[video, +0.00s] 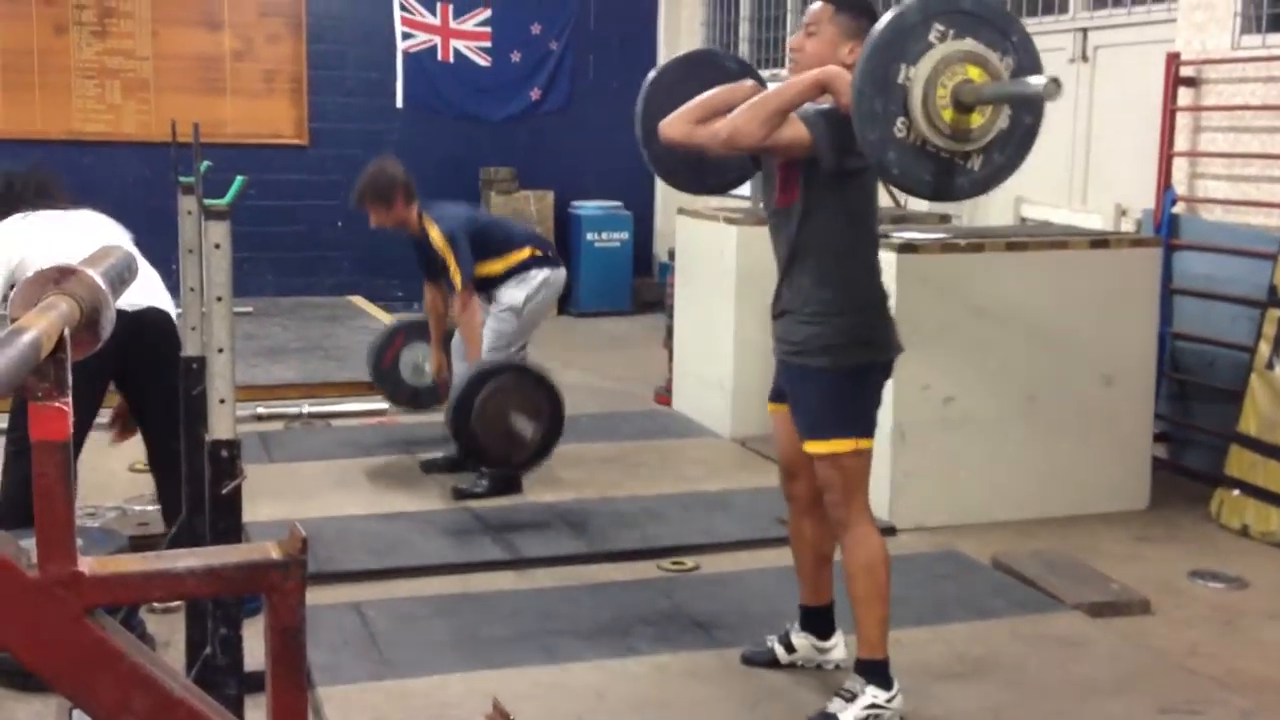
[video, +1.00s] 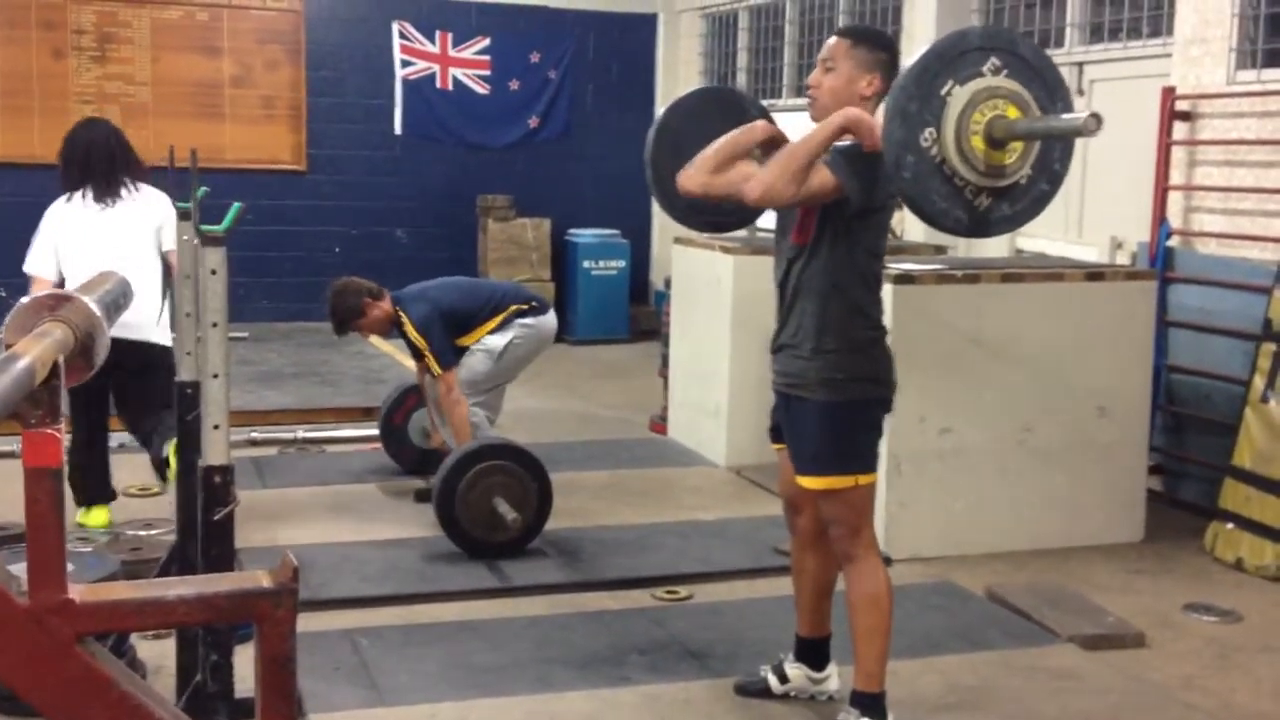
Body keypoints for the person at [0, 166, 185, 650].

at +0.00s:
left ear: (11, 206)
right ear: (53, 197)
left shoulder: (8, 229)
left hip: (66, 330)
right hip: (151, 320)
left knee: (39, 458)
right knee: (175, 457)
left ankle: (19, 568)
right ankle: (202, 572)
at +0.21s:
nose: (52, 170)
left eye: (56, 162)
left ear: (64, 163)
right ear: (122, 158)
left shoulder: (52, 208)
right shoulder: (166, 202)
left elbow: (12, 285)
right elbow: (198, 272)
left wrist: (14, 355)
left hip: (81, 336)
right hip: (162, 335)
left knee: (62, 449)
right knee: (168, 459)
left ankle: (23, 551)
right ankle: (193, 573)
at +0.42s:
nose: (111, 145)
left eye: (116, 136)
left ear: (123, 140)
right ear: (183, 140)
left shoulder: (101, 188)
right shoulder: (214, 193)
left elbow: (74, 272)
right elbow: (231, 272)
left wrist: (54, 332)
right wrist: (214, 321)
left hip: (110, 331)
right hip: (180, 332)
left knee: (79, 442)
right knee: (184, 451)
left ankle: (41, 540)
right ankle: (202, 556)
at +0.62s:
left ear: (128, 156)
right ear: (181, 160)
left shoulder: (104, 203)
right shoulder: (205, 211)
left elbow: (77, 275)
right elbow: (225, 276)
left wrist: (73, 343)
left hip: (115, 338)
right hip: (177, 341)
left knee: (103, 389)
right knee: (175, 429)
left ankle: (116, 471)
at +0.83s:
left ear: (99, 153)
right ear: (152, 151)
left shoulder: (83, 198)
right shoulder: (183, 198)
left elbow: (60, 266)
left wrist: (60, 329)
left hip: (106, 332)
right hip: (168, 332)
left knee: (98, 416)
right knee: (166, 422)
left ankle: (96, 501)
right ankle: (193, 517)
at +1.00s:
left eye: (68, 157)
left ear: (72, 160)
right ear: (124, 153)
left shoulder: (59, 210)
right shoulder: (156, 201)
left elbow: (41, 289)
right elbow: (182, 267)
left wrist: (43, 340)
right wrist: (198, 317)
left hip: (84, 338)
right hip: (146, 335)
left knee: (87, 424)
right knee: (150, 407)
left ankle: (94, 509)